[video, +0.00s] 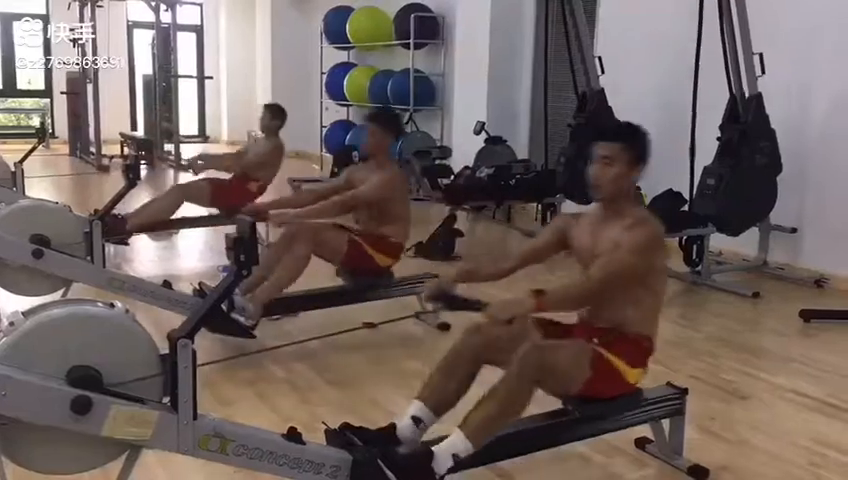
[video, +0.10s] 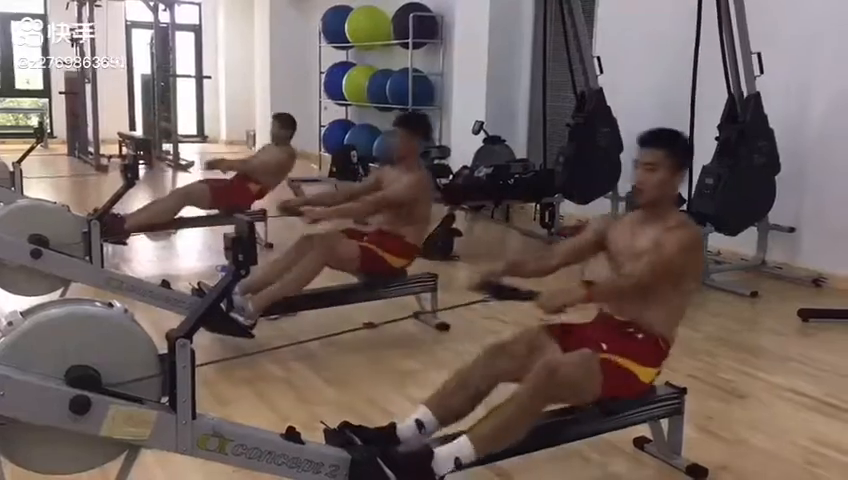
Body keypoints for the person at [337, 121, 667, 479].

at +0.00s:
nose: (598, 171)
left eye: (611, 163)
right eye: (595, 161)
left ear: (636, 172)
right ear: (587, 166)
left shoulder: (644, 232)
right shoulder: (575, 222)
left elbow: (590, 288)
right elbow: (510, 263)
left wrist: (530, 302)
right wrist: (456, 274)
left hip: (620, 357)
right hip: (580, 337)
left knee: (531, 359)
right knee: (479, 337)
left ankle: (438, 462)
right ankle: (402, 435)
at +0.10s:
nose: (640, 176)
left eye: (653, 169)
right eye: (639, 167)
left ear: (679, 177)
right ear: (635, 170)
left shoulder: (684, 237)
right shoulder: (617, 224)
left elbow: (634, 284)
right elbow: (551, 258)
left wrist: (577, 292)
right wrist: (501, 272)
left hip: (638, 353)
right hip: (596, 330)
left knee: (546, 376)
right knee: (499, 355)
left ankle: (441, 462)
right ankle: (404, 436)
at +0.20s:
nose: (669, 190)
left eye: (681, 183)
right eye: (668, 180)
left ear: (708, 192)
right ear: (665, 183)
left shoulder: (714, 244)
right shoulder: (639, 230)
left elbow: (674, 292)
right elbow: (587, 268)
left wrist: (629, 262)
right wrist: (546, 269)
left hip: (642, 349)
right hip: (600, 328)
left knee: (550, 389)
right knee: (511, 367)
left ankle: (437, 467)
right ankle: (403, 437)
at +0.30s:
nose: (684, 197)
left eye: (696, 190)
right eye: (683, 188)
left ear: (721, 200)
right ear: (678, 191)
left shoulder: (727, 252)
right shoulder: (652, 235)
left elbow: (731, 320)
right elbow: (622, 268)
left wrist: (699, 289)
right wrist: (587, 260)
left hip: (643, 349)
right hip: (603, 327)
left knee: (548, 386)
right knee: (509, 368)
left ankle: (436, 462)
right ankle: (400, 437)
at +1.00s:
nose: (643, 175)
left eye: (656, 167)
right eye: (641, 165)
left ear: (682, 176)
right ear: (638, 170)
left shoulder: (689, 233)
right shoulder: (622, 227)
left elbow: (699, 315)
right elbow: (579, 278)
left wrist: (643, 308)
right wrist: (544, 292)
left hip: (637, 344)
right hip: (592, 330)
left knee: (548, 386)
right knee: (506, 368)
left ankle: (433, 461)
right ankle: (396, 431)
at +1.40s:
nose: (620, 170)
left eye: (632, 163)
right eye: (618, 160)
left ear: (660, 170)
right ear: (613, 162)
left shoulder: (673, 227)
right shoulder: (604, 219)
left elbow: (643, 302)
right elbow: (546, 266)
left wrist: (582, 325)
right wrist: (496, 296)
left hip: (644, 343)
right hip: (601, 327)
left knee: (551, 390)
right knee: (509, 372)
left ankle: (439, 460)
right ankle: (402, 429)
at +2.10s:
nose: (590, 164)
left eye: (603, 156)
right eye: (589, 154)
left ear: (633, 164)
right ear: (585, 156)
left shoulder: (649, 221)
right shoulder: (579, 214)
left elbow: (601, 289)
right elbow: (509, 255)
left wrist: (532, 320)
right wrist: (454, 284)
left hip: (638, 344)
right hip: (593, 319)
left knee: (542, 349)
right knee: (500, 337)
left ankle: (449, 449)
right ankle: (416, 420)